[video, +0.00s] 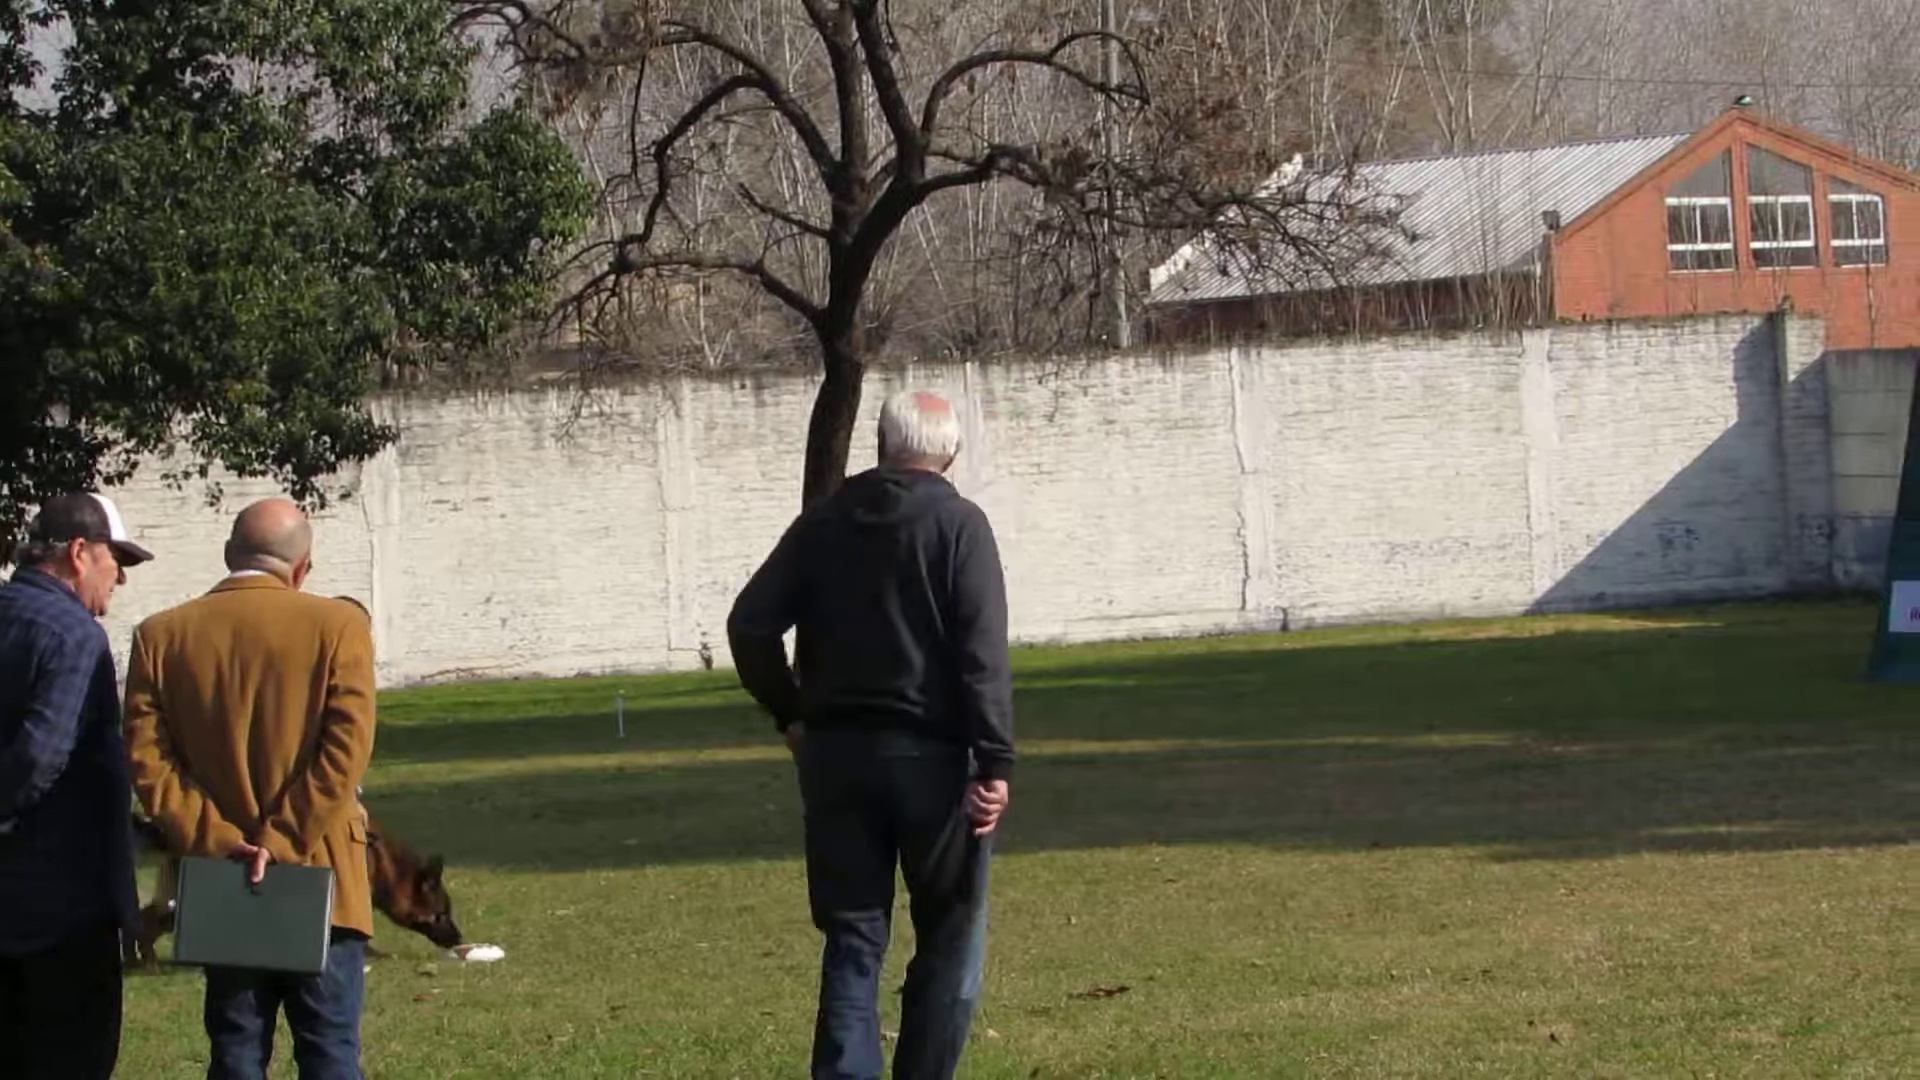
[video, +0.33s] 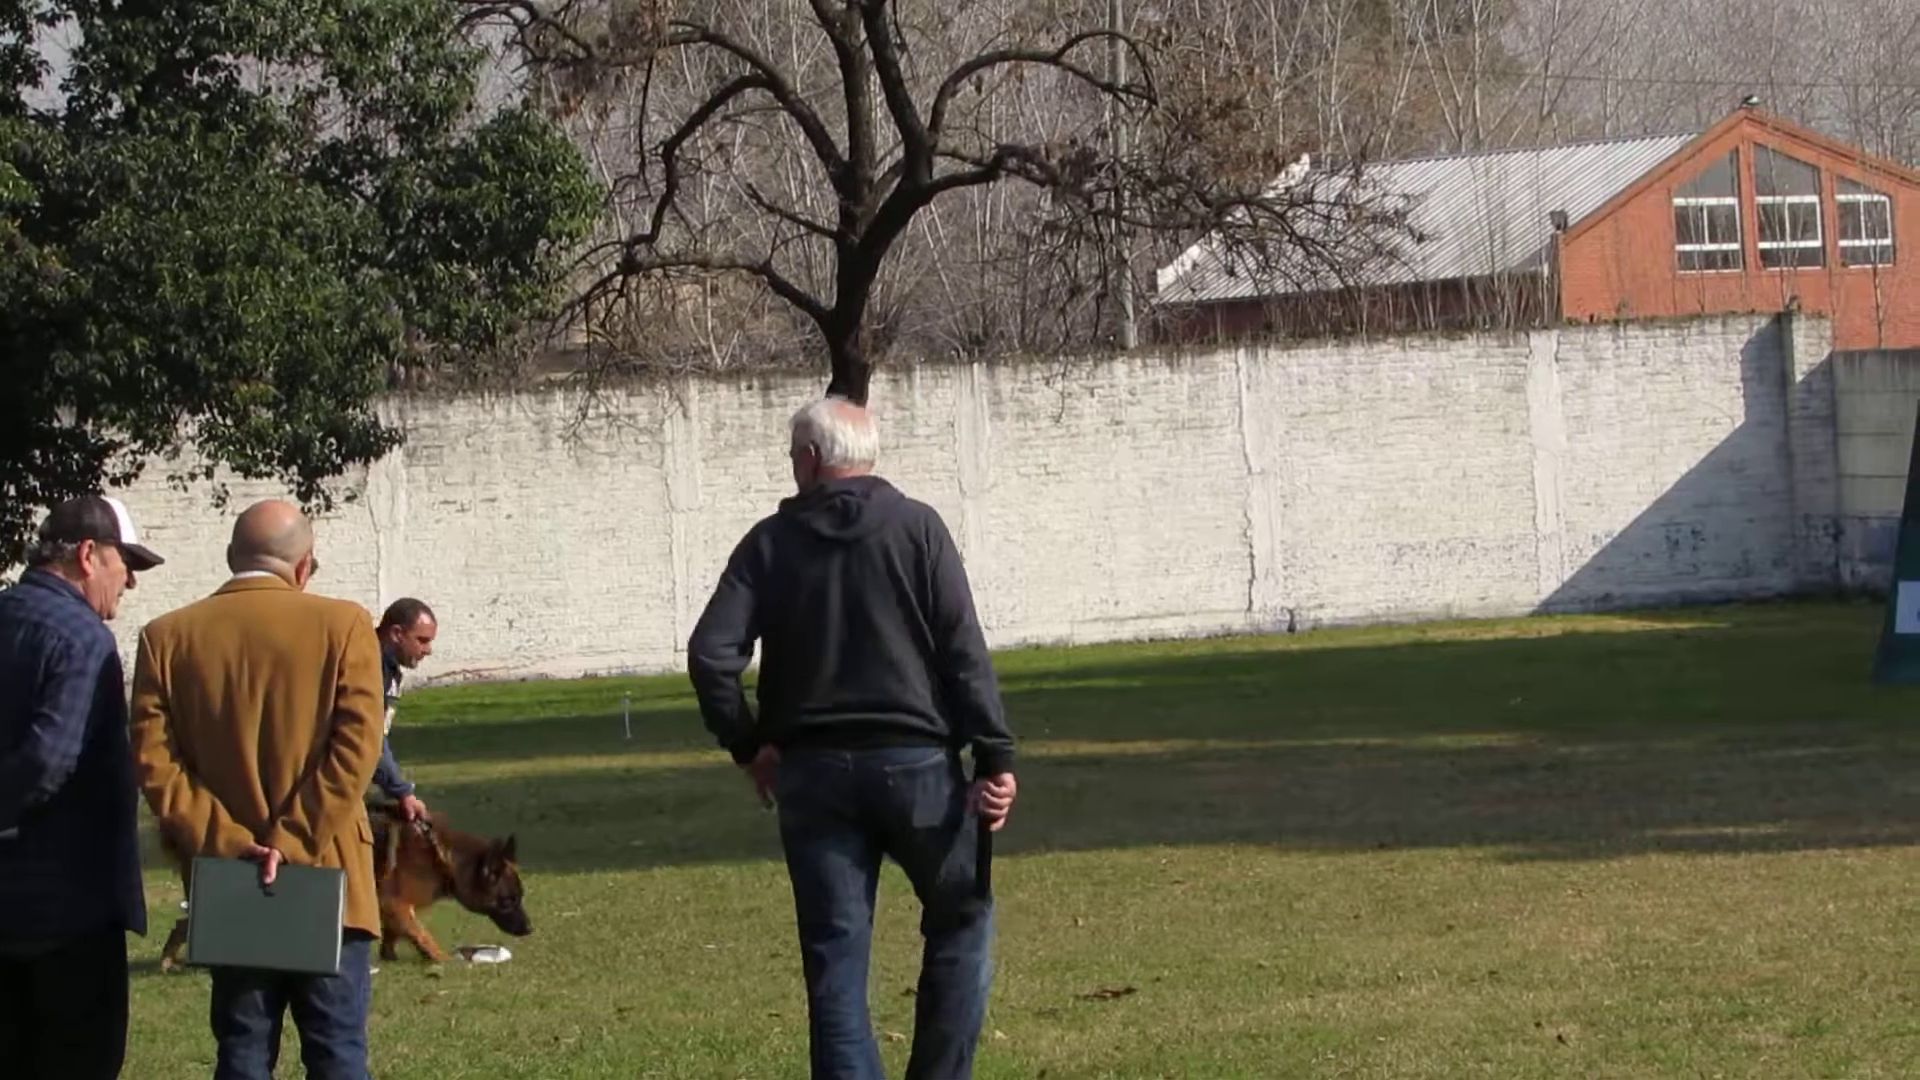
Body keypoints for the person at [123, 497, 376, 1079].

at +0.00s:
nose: (309, 568)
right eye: (308, 559)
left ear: (228, 555)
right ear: (300, 566)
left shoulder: (160, 635)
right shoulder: (339, 623)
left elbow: (146, 765)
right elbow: (346, 749)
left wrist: (220, 841)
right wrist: (279, 838)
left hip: (221, 898)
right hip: (326, 894)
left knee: (236, 1052)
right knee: (331, 1049)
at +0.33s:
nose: (312, 570)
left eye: (311, 561)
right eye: (311, 561)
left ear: (232, 558)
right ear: (300, 565)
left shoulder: (166, 636)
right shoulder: (344, 624)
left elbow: (154, 766)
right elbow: (357, 747)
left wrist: (232, 846)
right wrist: (289, 838)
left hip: (227, 898)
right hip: (333, 894)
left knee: (242, 1051)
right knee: (338, 1050)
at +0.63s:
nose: (319, 568)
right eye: (318, 560)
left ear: (240, 558)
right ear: (311, 567)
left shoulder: (173, 638)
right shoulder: (353, 625)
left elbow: (161, 767)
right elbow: (363, 752)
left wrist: (238, 846)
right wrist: (296, 840)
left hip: (232, 898)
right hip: (339, 894)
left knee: (245, 1052)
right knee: (341, 1050)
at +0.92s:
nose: (315, 569)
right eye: (314, 560)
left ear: (235, 558)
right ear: (306, 566)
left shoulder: (170, 638)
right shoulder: (350, 625)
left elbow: (159, 767)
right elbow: (360, 750)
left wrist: (237, 847)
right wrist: (294, 841)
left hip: (232, 900)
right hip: (337, 896)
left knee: (245, 1054)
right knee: (341, 1052)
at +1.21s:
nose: (308, 556)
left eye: (306, 547)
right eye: (307, 548)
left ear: (227, 548)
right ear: (297, 554)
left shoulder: (162, 626)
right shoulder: (343, 613)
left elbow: (152, 756)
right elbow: (353, 739)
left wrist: (229, 832)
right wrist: (287, 828)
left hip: (226, 884)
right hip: (330, 879)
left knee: (240, 1038)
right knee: (335, 1036)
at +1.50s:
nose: (288, 432)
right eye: (288, 424)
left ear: (208, 426)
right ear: (281, 430)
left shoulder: (150, 504)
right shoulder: (327, 490)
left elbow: (136, 630)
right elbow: (341, 612)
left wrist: (210, 706)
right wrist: (279, 700)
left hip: (209, 758)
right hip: (316, 751)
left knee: (225, 909)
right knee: (320, 908)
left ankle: (232, 1066)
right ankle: (333, 1065)